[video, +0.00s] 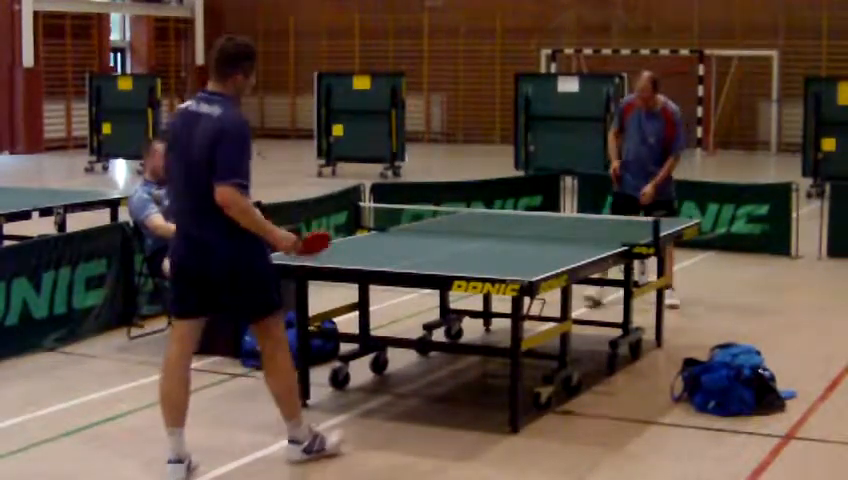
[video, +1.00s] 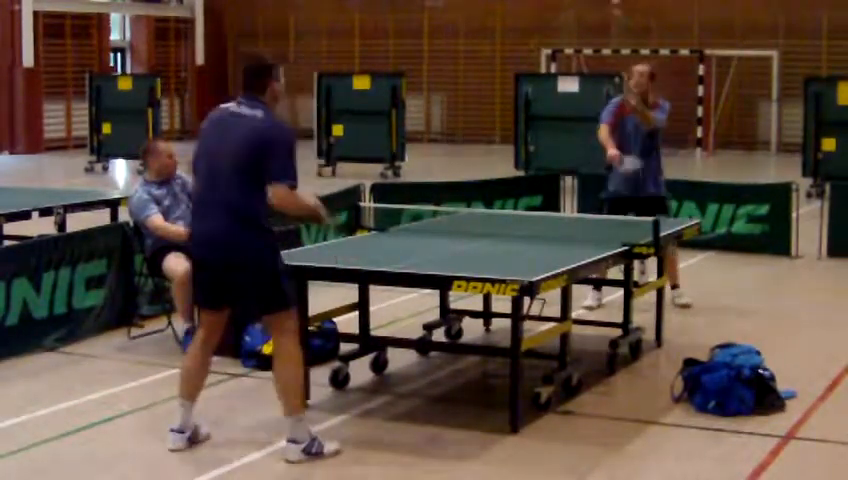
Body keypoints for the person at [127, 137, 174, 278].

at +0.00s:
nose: (165, 162)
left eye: (166, 156)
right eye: (160, 156)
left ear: (170, 158)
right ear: (147, 159)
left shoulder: (174, 188)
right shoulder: (140, 196)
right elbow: (159, 228)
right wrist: (192, 231)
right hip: (160, 251)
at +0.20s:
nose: (171, 163)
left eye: (172, 158)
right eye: (166, 158)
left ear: (174, 160)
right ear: (149, 161)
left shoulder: (181, 183)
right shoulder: (140, 196)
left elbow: (199, 208)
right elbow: (159, 227)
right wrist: (192, 233)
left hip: (190, 239)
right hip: (162, 245)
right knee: (182, 268)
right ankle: (182, 319)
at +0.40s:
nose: (172, 163)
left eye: (172, 158)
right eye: (166, 158)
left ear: (174, 160)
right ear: (149, 162)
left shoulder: (179, 181)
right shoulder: (141, 195)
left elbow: (207, 201)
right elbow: (159, 228)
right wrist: (198, 234)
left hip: (192, 236)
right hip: (163, 243)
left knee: (222, 258)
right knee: (182, 269)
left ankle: (221, 319)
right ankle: (187, 326)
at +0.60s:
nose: (172, 163)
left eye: (172, 158)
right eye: (166, 158)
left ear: (174, 160)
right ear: (149, 162)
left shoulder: (179, 181)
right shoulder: (141, 196)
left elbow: (207, 201)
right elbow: (160, 228)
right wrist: (199, 234)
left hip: (193, 236)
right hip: (163, 243)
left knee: (223, 259)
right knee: (182, 270)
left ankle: (217, 321)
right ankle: (187, 325)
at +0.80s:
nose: (173, 161)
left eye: (173, 157)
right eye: (167, 157)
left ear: (174, 160)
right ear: (151, 162)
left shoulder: (179, 182)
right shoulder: (141, 196)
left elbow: (205, 199)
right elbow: (159, 228)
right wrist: (197, 234)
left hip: (192, 235)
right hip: (163, 242)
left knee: (217, 260)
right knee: (182, 270)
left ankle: (212, 320)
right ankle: (188, 325)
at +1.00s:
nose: (174, 161)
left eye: (174, 156)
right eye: (168, 157)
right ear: (151, 162)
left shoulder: (182, 182)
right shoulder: (141, 196)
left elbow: (204, 199)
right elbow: (159, 227)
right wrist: (191, 235)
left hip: (194, 234)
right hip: (164, 243)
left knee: (218, 260)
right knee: (182, 270)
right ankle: (188, 325)